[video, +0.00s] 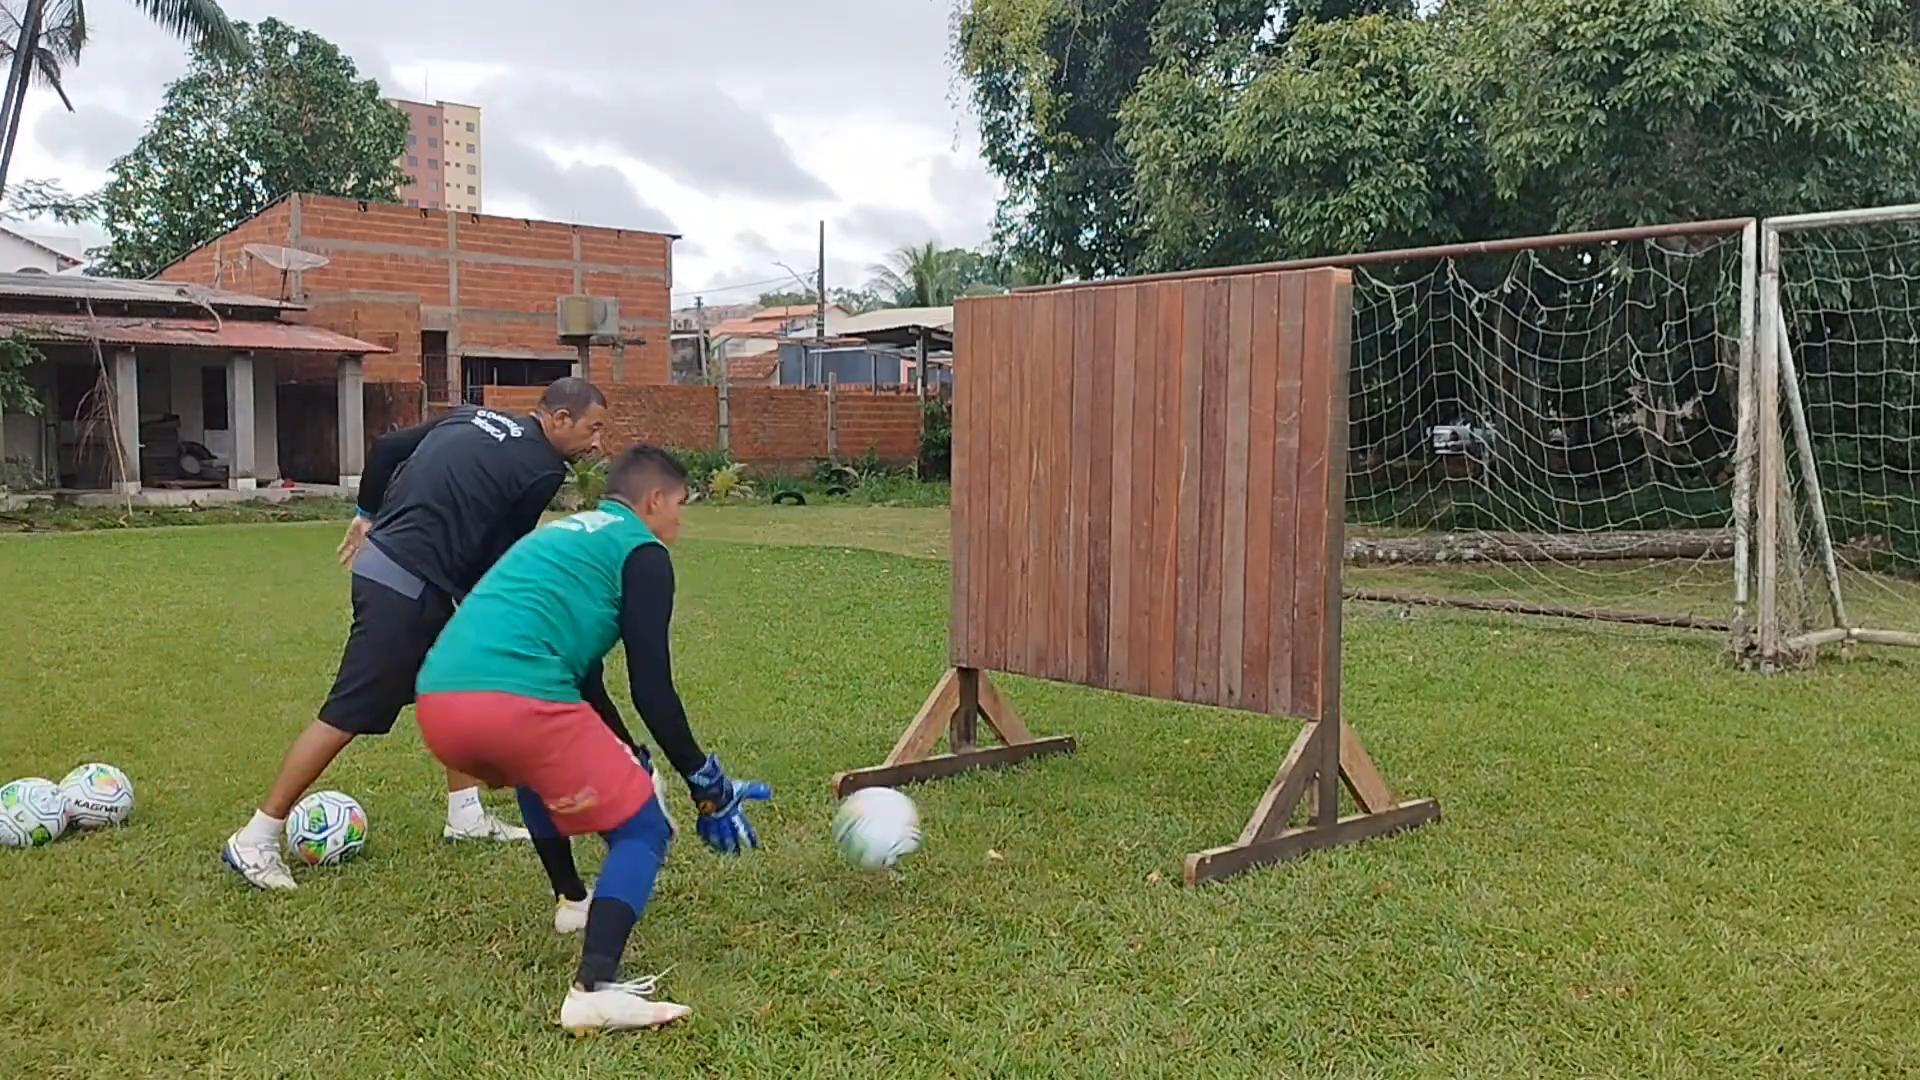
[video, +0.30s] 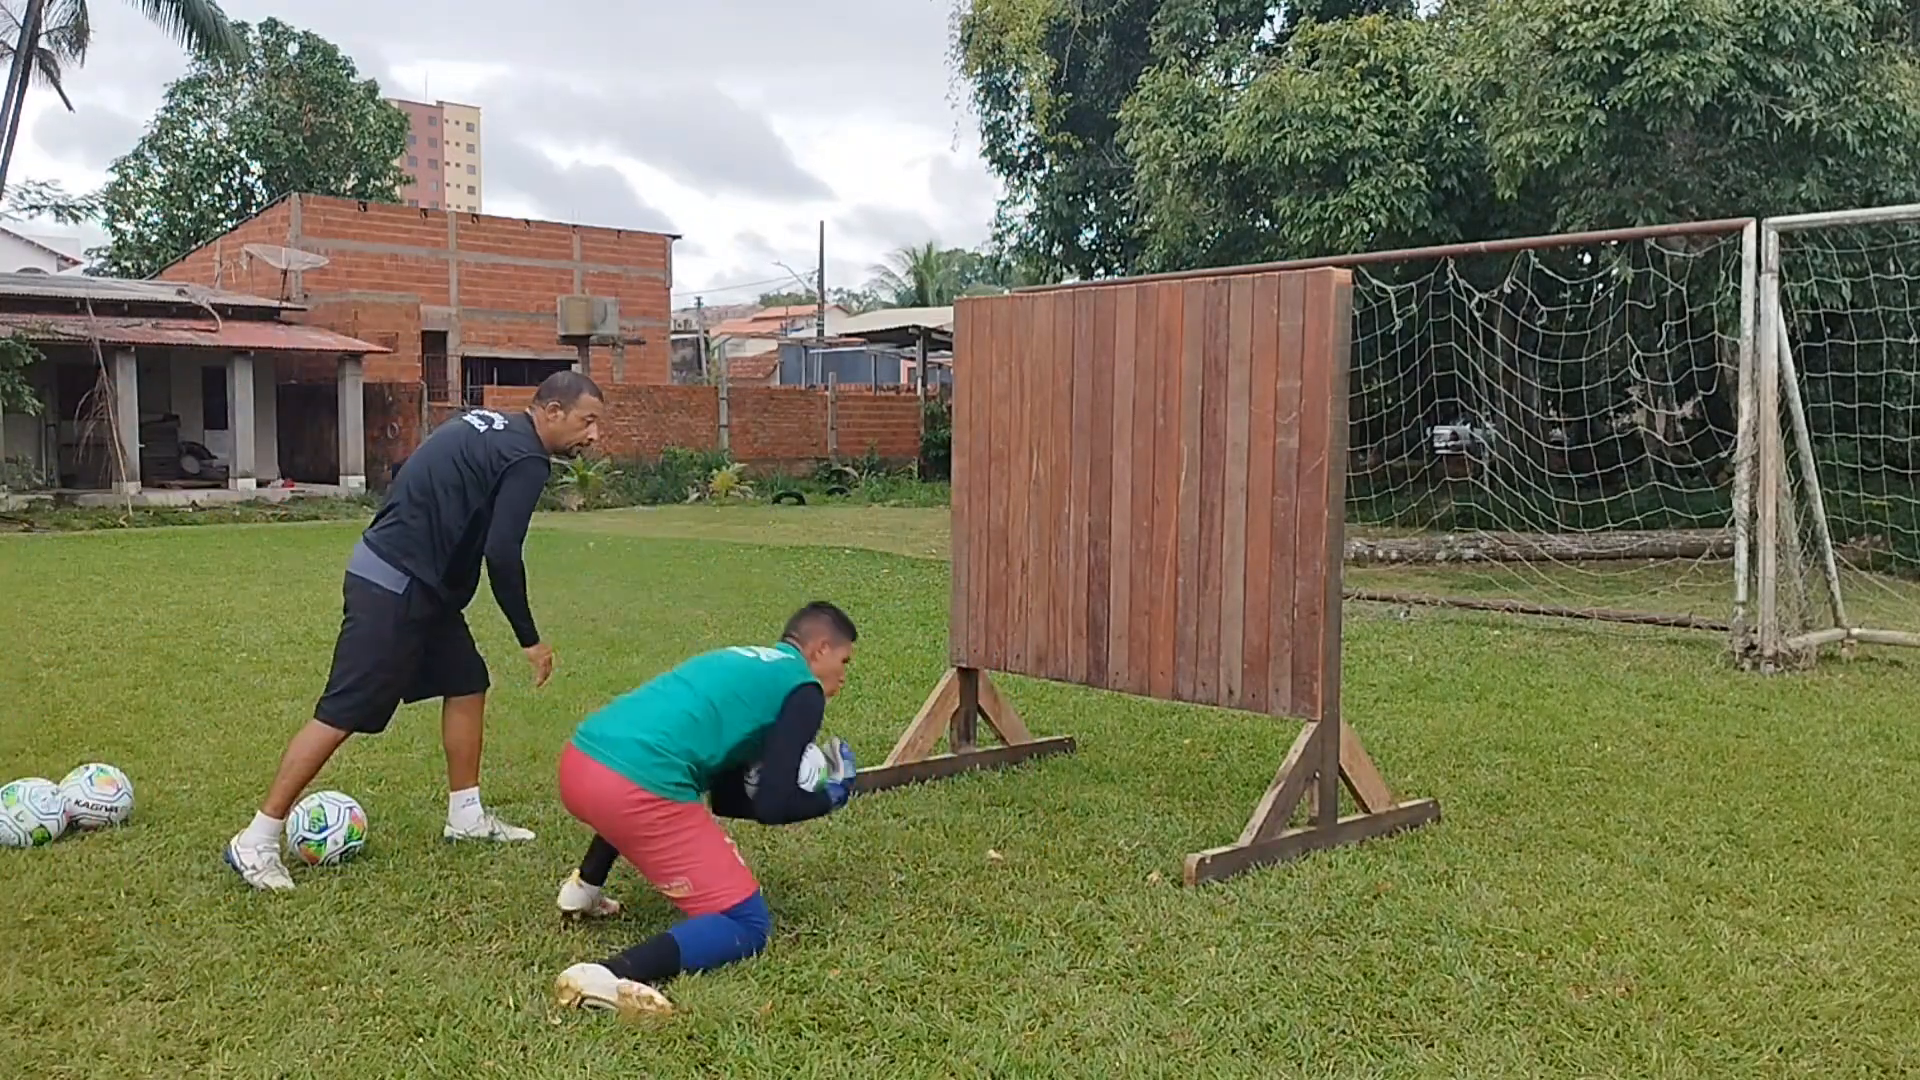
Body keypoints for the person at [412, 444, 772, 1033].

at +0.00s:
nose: (680, 525)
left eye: (684, 510)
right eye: (681, 509)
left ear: (614, 496)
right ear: (655, 500)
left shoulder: (562, 534)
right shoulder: (643, 551)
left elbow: (585, 681)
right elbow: (651, 684)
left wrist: (629, 758)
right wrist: (703, 775)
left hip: (440, 701)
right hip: (523, 705)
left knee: (534, 773)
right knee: (643, 828)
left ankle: (571, 898)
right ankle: (595, 986)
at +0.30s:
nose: (844, 676)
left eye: (847, 665)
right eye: (844, 662)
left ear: (791, 642)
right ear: (819, 649)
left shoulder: (742, 661)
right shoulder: (804, 689)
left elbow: (727, 800)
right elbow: (777, 804)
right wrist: (835, 794)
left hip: (580, 762)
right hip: (637, 793)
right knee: (749, 925)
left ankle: (585, 885)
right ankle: (612, 974)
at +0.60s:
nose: (1044, 810)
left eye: (1050, 803)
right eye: (1050, 799)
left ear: (1016, 755)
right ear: (1040, 777)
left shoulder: (966, 766)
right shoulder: (1016, 786)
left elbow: (943, 873)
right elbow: (981, 889)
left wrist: (993, 863)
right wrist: (1022, 881)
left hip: (802, 741)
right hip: (842, 761)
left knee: (769, 865)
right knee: (832, 925)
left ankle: (645, 856)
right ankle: (666, 900)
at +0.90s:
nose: (1088, 720)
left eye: (1090, 713)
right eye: (1091, 712)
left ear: (1041, 687)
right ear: (1083, 707)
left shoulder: (993, 697)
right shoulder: (1074, 743)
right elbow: (1012, 813)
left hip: (865, 783)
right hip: (926, 812)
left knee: (892, 855)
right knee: (1039, 885)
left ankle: (788, 866)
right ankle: (924, 901)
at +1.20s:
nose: (949, 551)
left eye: (948, 546)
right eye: (950, 548)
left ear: (954, 545)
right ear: (1006, 550)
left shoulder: (930, 574)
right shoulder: (1042, 598)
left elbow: (853, 618)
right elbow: (1055, 682)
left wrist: (896, 679)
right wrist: (1011, 716)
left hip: (896, 747)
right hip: (972, 773)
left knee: (897, 713)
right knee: (1042, 884)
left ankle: (855, 845)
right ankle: (947, 901)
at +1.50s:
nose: (841, 481)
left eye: (841, 473)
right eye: (842, 474)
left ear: (852, 472)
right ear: (902, 469)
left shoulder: (831, 516)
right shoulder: (943, 509)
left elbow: (813, 621)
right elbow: (972, 612)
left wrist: (867, 647)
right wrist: (911, 623)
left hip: (872, 702)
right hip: (944, 704)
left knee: (926, 739)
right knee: (996, 817)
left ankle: (935, 847)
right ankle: (946, 866)